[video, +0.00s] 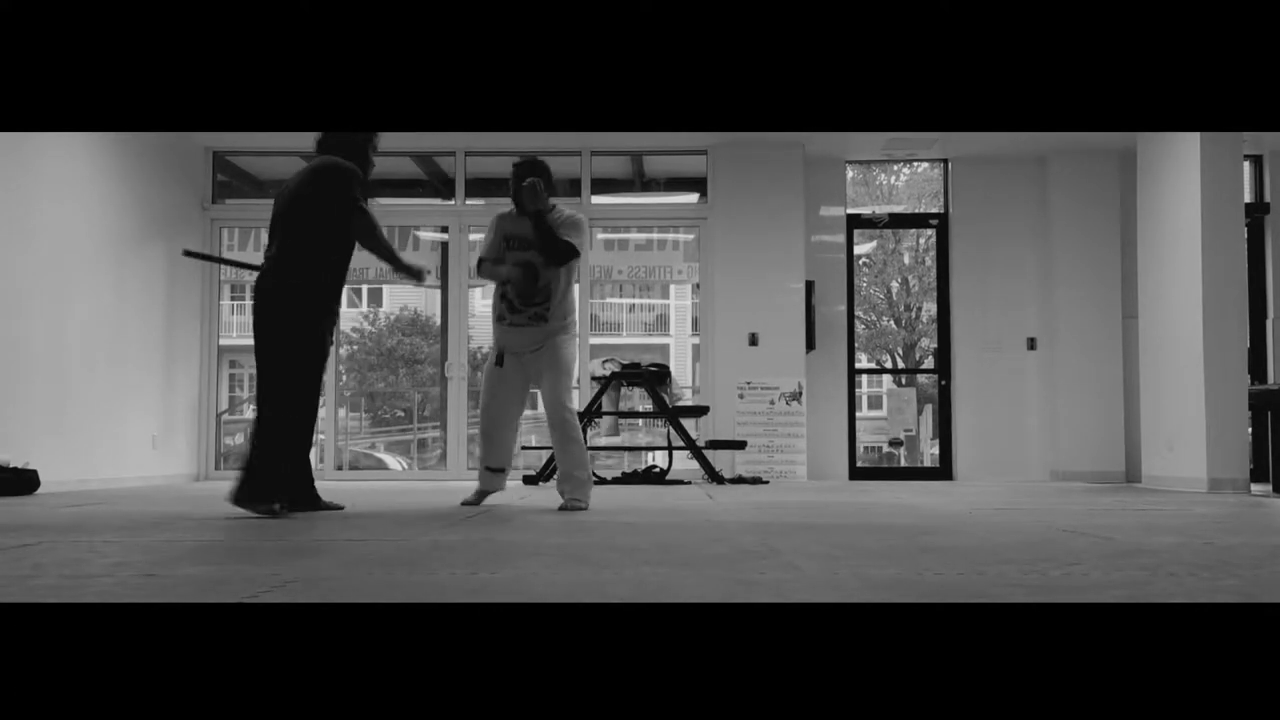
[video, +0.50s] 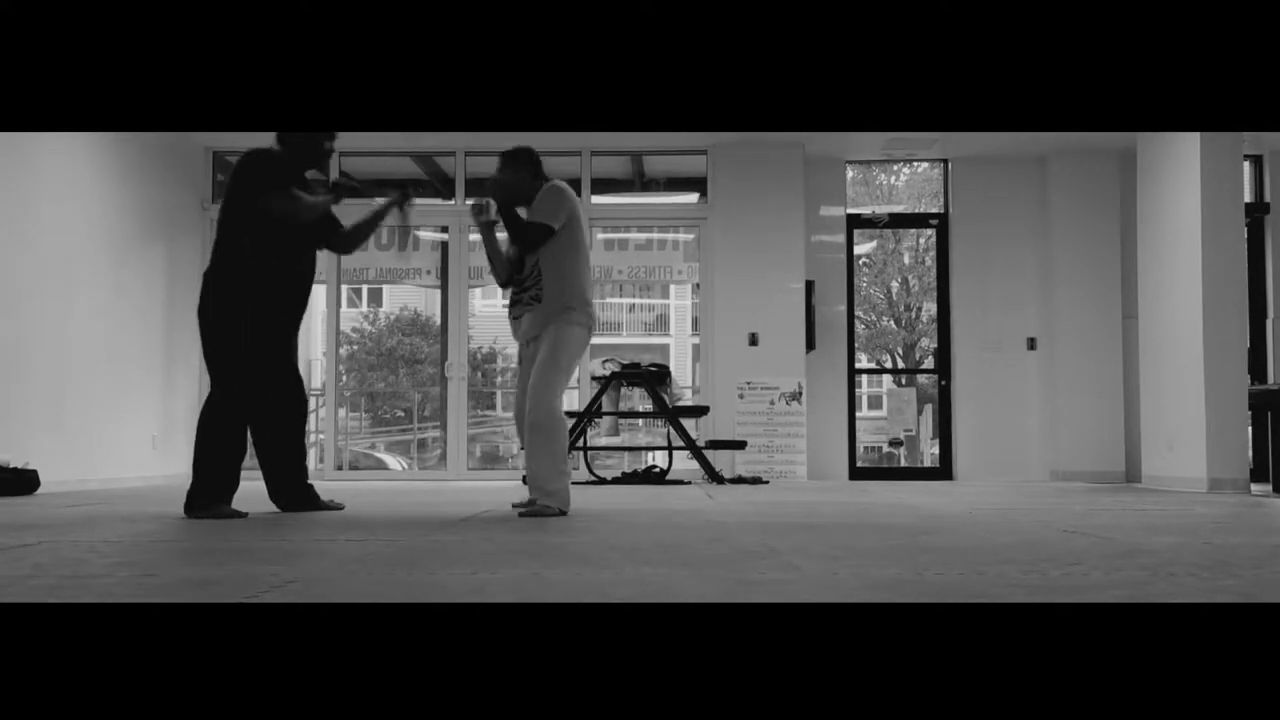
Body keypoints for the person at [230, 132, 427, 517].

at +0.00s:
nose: (372, 161)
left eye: (373, 152)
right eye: (370, 151)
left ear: (328, 145)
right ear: (353, 148)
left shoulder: (296, 183)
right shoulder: (342, 178)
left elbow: (279, 248)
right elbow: (366, 233)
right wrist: (402, 265)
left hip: (274, 299)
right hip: (303, 305)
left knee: (294, 398)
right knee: (288, 397)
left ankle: (299, 491)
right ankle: (255, 490)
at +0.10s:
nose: (366, 161)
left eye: (366, 153)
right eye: (362, 151)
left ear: (326, 143)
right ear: (345, 147)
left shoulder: (305, 178)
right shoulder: (328, 174)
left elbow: (302, 257)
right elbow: (368, 224)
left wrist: (351, 285)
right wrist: (410, 243)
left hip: (281, 302)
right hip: (288, 305)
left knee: (290, 396)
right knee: (278, 393)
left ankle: (297, 497)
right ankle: (220, 484)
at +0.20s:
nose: (359, 163)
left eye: (359, 154)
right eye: (355, 152)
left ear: (325, 145)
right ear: (336, 146)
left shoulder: (307, 188)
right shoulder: (313, 167)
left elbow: (330, 268)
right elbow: (348, 208)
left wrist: (387, 279)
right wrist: (397, 230)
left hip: (283, 312)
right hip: (273, 309)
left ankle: (298, 498)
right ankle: (206, 487)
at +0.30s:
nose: (353, 161)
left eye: (354, 153)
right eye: (349, 151)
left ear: (323, 146)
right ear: (328, 146)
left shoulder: (312, 196)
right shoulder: (299, 166)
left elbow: (345, 265)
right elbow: (339, 209)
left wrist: (404, 261)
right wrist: (374, 211)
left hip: (282, 314)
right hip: (258, 309)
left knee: (289, 403)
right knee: (246, 397)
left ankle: (296, 497)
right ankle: (204, 493)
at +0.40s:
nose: (343, 155)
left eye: (343, 148)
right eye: (339, 146)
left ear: (317, 147)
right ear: (316, 144)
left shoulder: (309, 195)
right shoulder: (276, 167)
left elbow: (341, 258)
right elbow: (305, 209)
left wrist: (397, 238)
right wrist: (351, 203)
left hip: (280, 317)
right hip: (243, 311)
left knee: (287, 402)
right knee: (237, 398)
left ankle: (295, 496)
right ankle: (204, 499)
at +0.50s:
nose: (329, 152)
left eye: (329, 145)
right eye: (324, 143)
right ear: (299, 140)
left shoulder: (302, 191)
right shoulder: (258, 165)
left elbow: (344, 242)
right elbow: (284, 211)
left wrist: (387, 207)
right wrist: (328, 195)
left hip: (273, 317)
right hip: (233, 310)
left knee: (286, 401)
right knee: (231, 399)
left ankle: (294, 495)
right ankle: (206, 500)